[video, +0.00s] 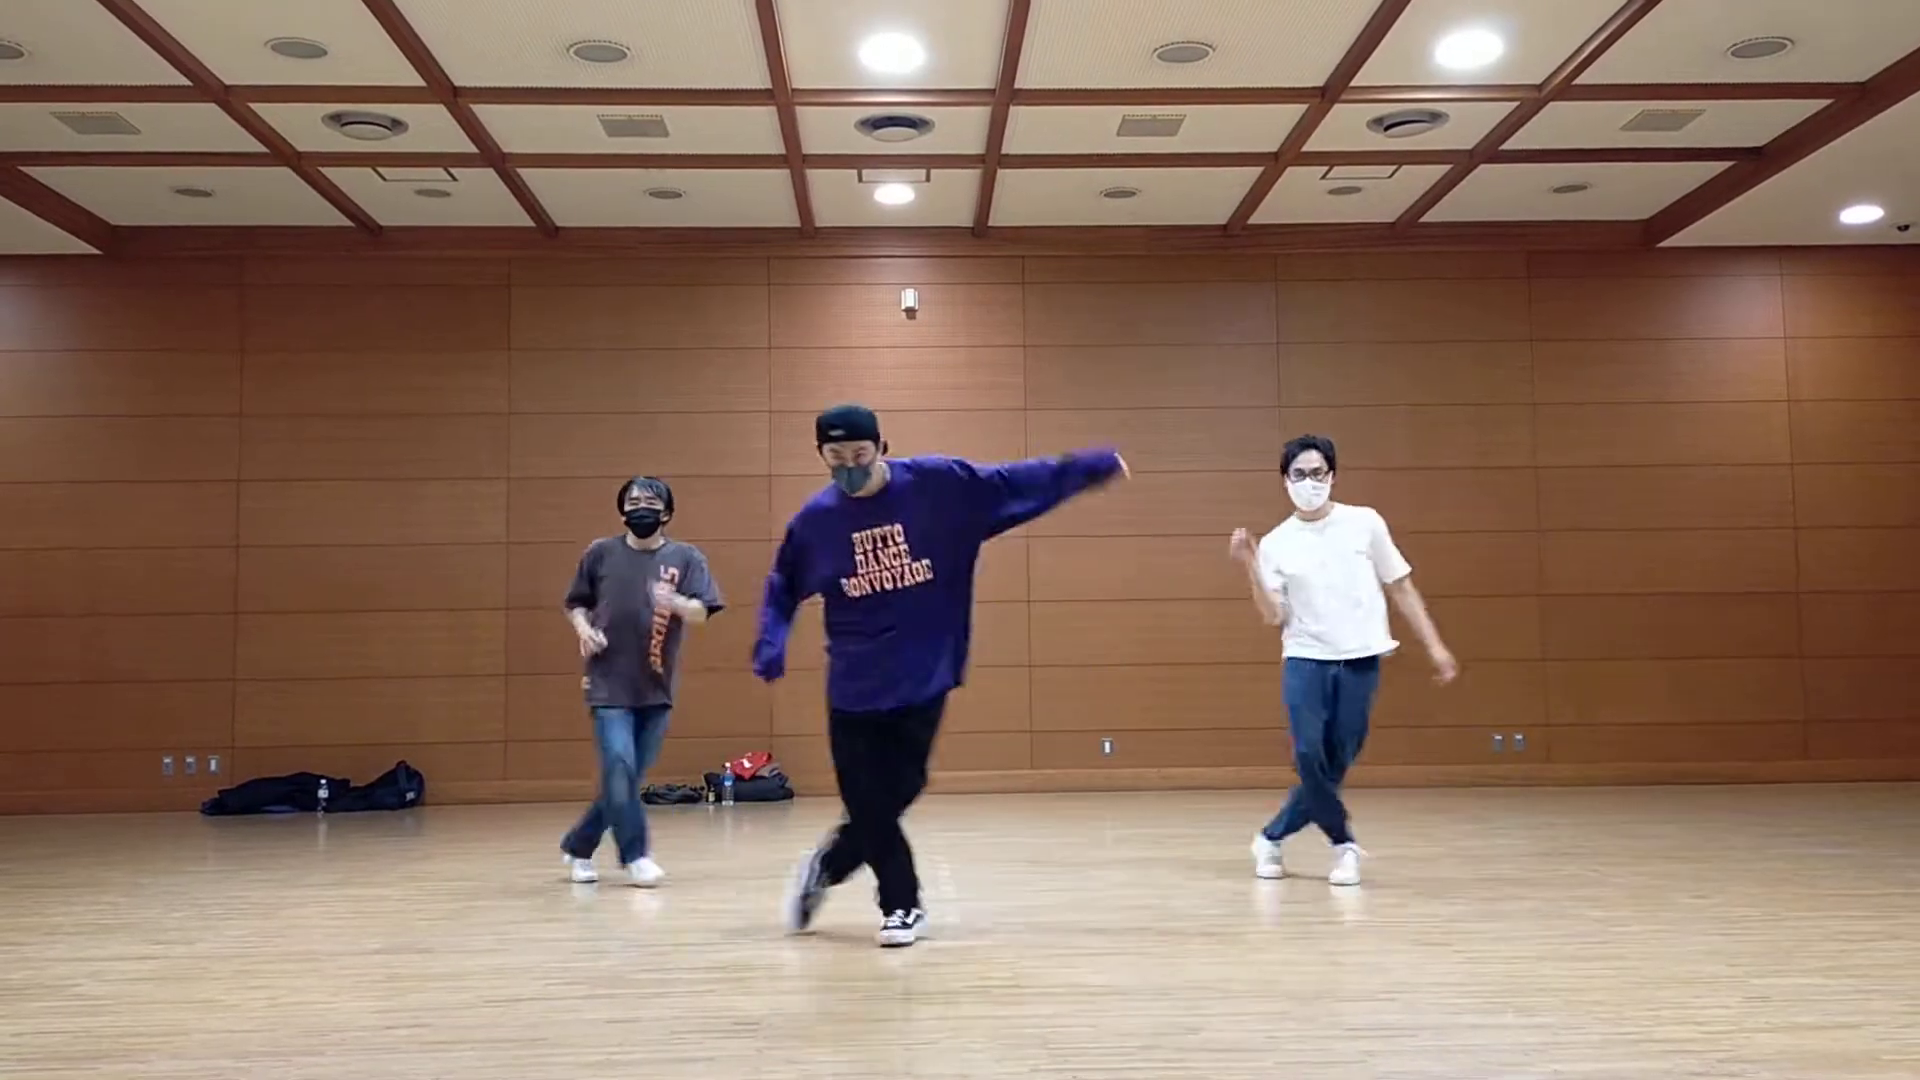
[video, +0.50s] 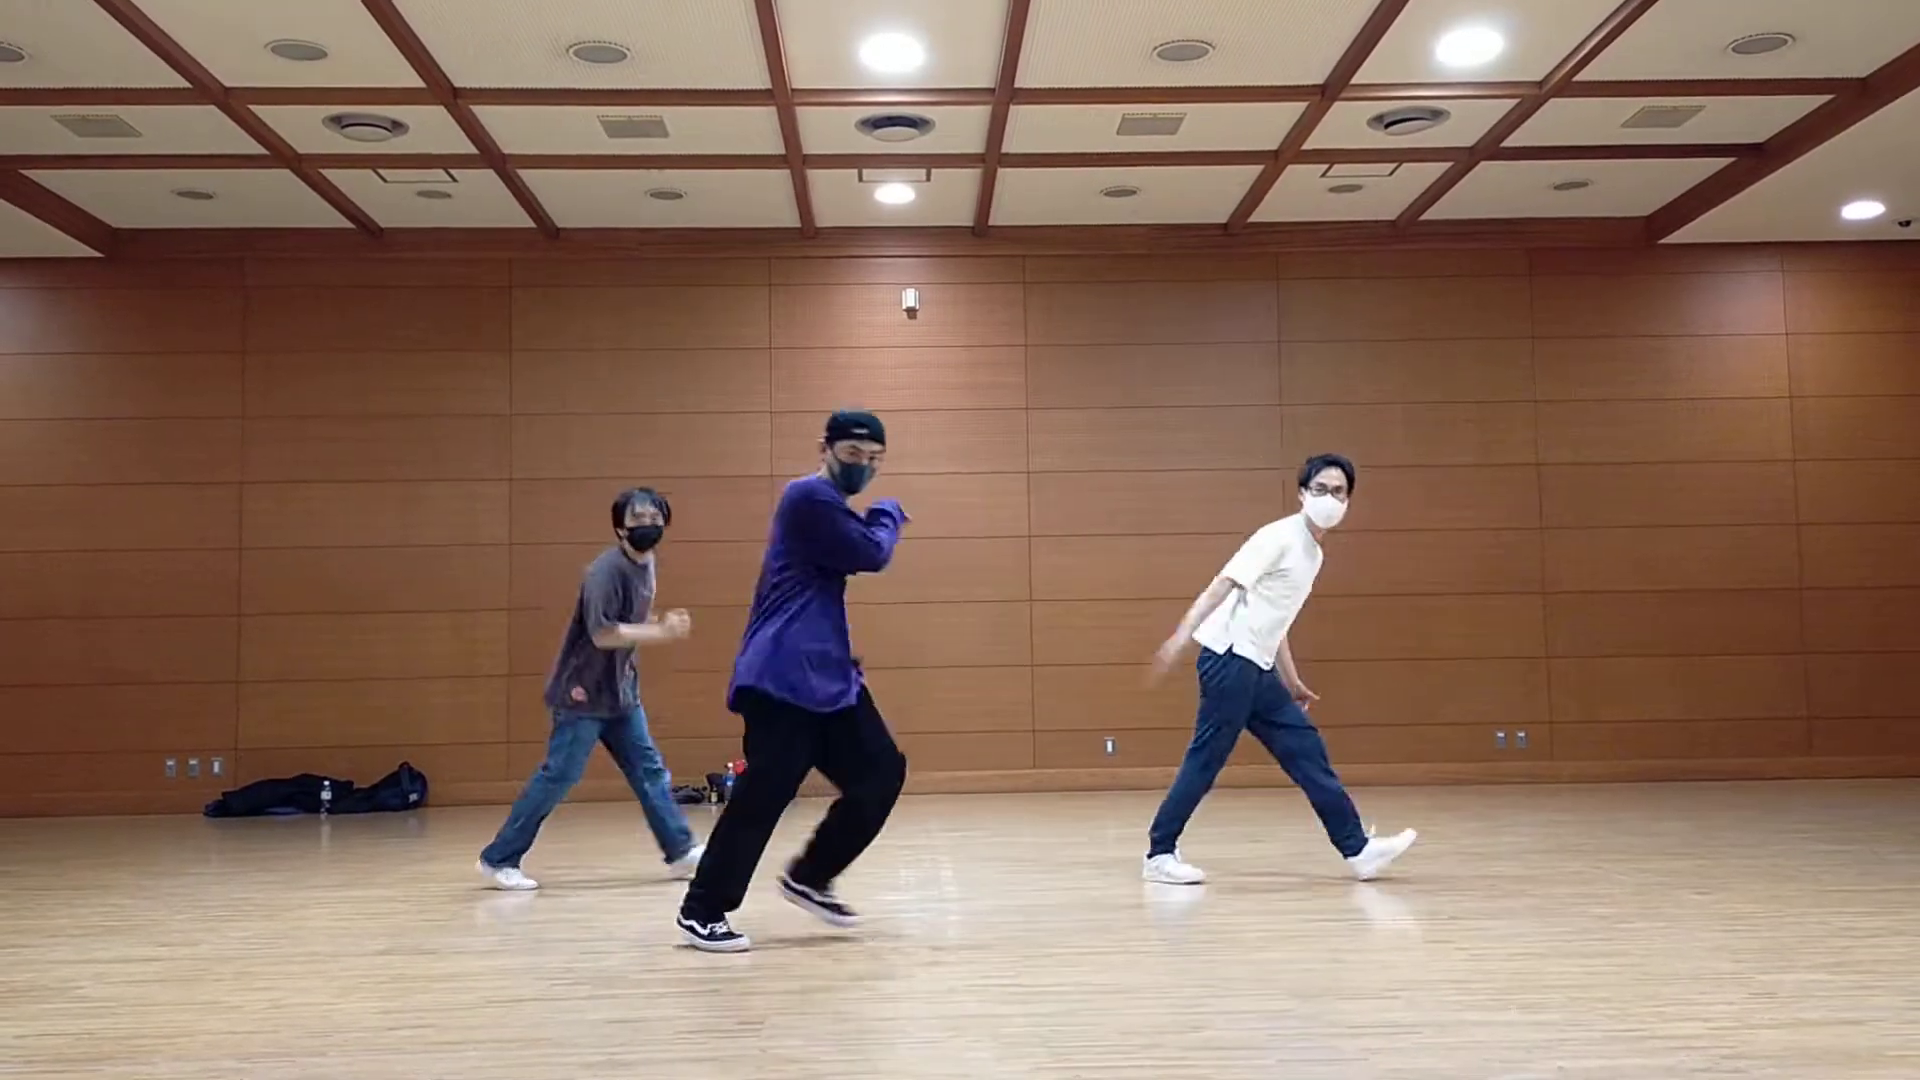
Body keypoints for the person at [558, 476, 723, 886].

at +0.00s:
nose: (641, 508)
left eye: (650, 502)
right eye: (634, 502)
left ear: (665, 511)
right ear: (623, 510)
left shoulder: (686, 559)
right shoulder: (601, 554)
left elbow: (703, 611)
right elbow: (576, 603)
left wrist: (675, 603)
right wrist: (584, 628)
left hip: (657, 687)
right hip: (609, 684)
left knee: (631, 776)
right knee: (620, 764)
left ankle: (578, 846)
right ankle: (635, 855)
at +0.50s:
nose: (645, 521)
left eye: (652, 514)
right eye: (636, 515)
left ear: (664, 523)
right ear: (620, 525)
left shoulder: (647, 567)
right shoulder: (604, 571)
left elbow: (627, 621)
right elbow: (601, 634)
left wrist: (661, 626)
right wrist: (663, 631)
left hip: (620, 692)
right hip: (582, 694)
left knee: (649, 773)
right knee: (557, 777)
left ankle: (681, 852)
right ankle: (498, 859)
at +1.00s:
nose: (705, 517)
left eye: (712, 509)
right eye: (698, 509)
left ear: (727, 513)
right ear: (683, 516)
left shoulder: (742, 560)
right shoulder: (661, 559)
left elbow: (781, 607)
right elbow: (640, 612)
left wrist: (819, 642)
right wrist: (677, 633)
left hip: (727, 689)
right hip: (681, 691)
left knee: (728, 772)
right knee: (699, 777)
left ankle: (704, 855)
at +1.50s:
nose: (673, 522)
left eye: (683, 515)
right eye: (667, 515)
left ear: (703, 523)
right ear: (660, 523)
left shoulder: (719, 565)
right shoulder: (683, 570)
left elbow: (723, 623)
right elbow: (700, 622)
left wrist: (662, 625)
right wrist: (658, 619)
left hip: (745, 687)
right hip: (707, 687)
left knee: (772, 772)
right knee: (680, 770)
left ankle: (814, 851)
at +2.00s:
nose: (600, 508)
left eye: (609, 501)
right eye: (593, 501)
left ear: (625, 511)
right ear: (582, 510)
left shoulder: (647, 556)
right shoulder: (563, 553)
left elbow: (657, 612)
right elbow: (544, 606)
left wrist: (621, 620)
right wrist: (527, 647)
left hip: (627, 688)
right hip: (578, 686)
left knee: (607, 775)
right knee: (582, 771)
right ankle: (612, 855)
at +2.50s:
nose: (587, 522)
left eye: (594, 515)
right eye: (577, 515)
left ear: (605, 523)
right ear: (561, 523)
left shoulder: (581, 565)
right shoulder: (550, 569)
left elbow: (559, 606)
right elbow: (550, 631)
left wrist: (582, 613)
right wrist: (610, 634)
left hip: (558, 688)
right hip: (521, 692)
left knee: (587, 764)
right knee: (495, 777)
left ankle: (606, 858)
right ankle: (443, 867)